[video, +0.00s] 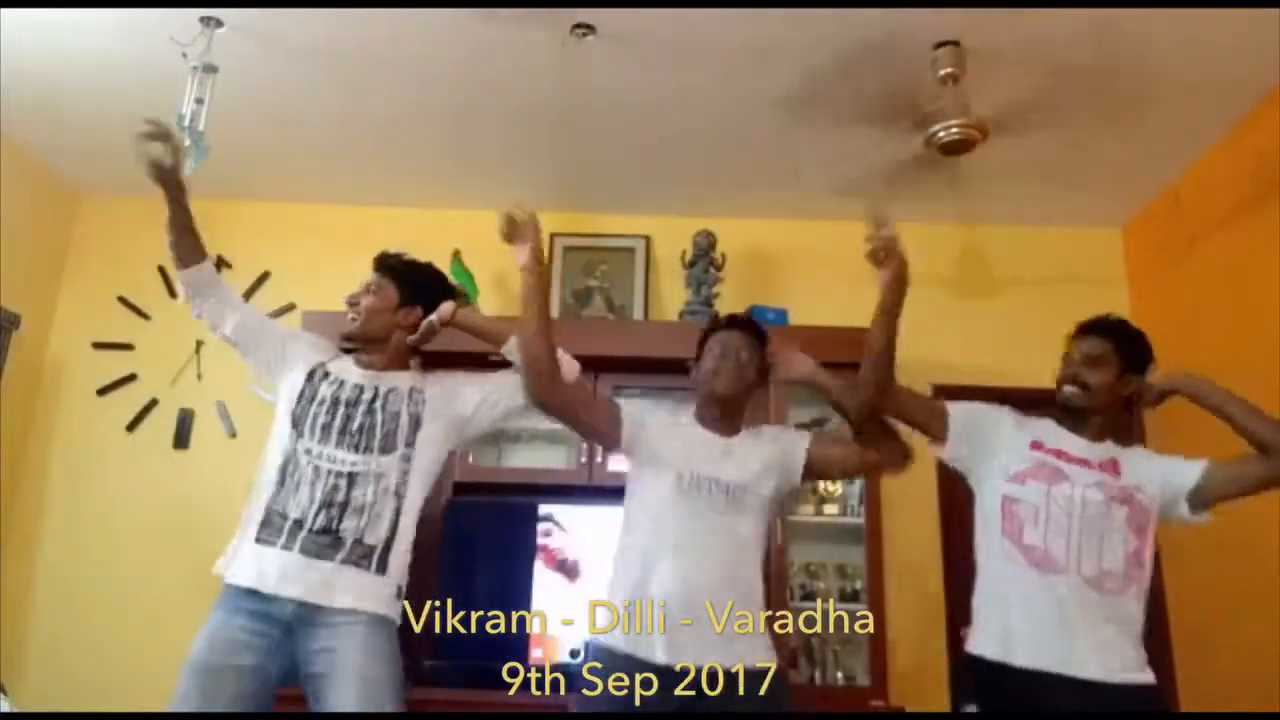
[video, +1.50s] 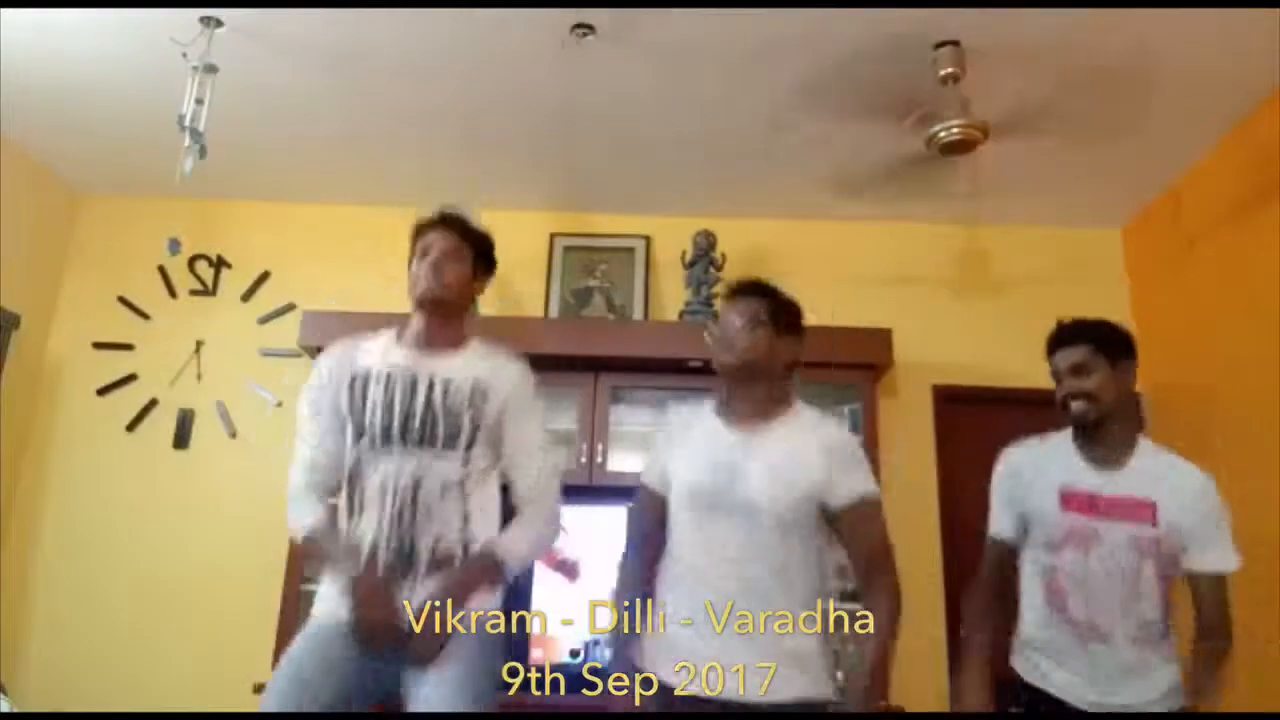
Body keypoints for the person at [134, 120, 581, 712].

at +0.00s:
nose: (354, 300)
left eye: (374, 293)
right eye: (361, 290)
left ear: (413, 319)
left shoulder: (447, 399)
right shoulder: (302, 359)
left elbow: (551, 380)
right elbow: (211, 296)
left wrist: (462, 320)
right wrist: (174, 193)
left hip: (355, 617)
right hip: (251, 599)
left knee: (364, 703)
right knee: (193, 704)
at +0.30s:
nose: (361, 289)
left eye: (382, 282)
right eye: (359, 277)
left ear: (418, 305)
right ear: (351, 286)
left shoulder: (441, 391)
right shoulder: (307, 348)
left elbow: (476, 518)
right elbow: (206, 308)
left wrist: (422, 458)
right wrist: (96, 239)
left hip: (370, 608)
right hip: (266, 591)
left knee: (375, 705)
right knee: (220, 702)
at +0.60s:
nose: (394, 319)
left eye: (413, 316)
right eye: (385, 309)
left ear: (431, 346)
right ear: (364, 327)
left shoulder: (449, 443)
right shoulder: (301, 408)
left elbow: (450, 583)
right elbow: (197, 525)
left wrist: (356, 627)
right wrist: (284, 623)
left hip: (387, 649)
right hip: (279, 639)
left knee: (427, 706)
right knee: (238, 704)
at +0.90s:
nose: (438, 257)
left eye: (452, 249)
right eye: (422, 244)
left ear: (463, 268)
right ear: (393, 256)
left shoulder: (473, 362)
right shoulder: (336, 326)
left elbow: (470, 482)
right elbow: (280, 430)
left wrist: (539, 513)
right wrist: (268, 493)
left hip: (464, 555)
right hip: (358, 543)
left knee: (534, 698)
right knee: (295, 700)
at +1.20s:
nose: (457, 283)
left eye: (471, 273)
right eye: (441, 271)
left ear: (485, 295)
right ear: (414, 288)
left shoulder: (510, 397)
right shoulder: (354, 372)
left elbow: (517, 522)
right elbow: (271, 494)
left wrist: (551, 541)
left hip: (501, 615)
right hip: (387, 615)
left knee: (559, 701)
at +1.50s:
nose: (431, 267)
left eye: (450, 258)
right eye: (423, 256)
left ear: (477, 281)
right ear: (409, 273)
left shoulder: (505, 377)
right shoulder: (343, 363)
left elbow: (542, 512)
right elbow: (305, 497)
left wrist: (454, 589)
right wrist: (360, 579)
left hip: (462, 610)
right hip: (355, 601)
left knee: (448, 704)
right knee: (284, 703)